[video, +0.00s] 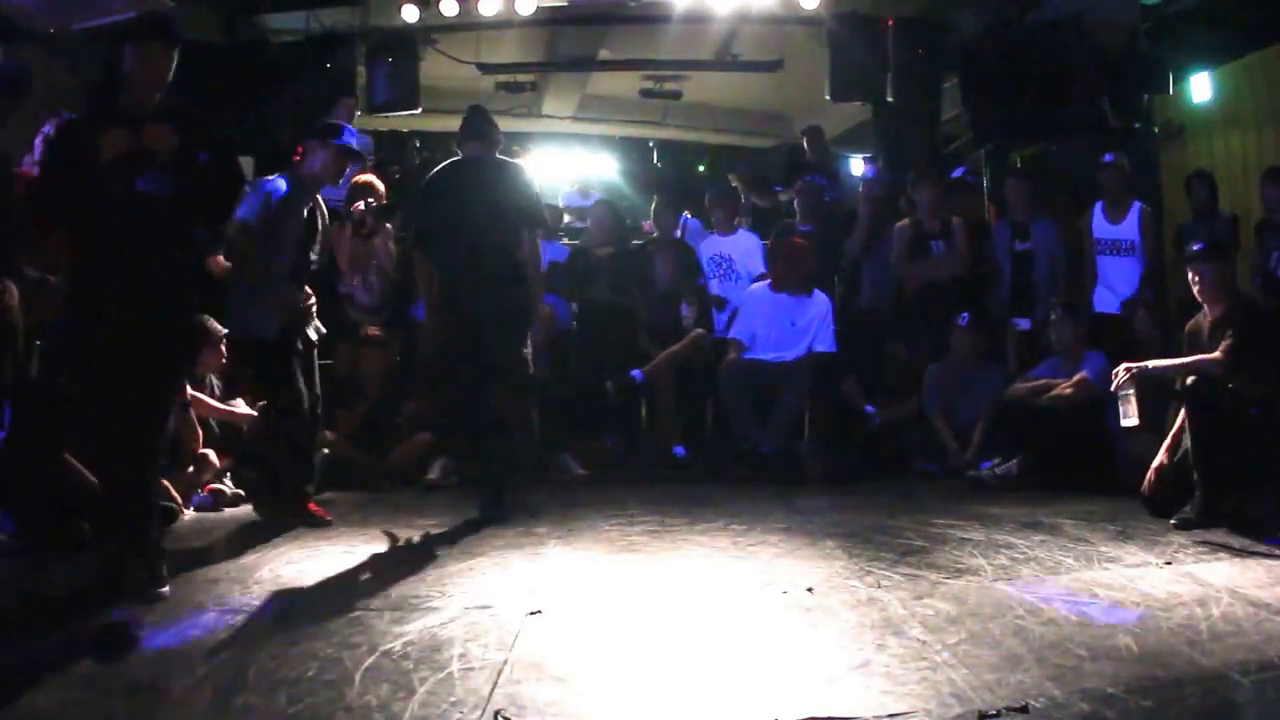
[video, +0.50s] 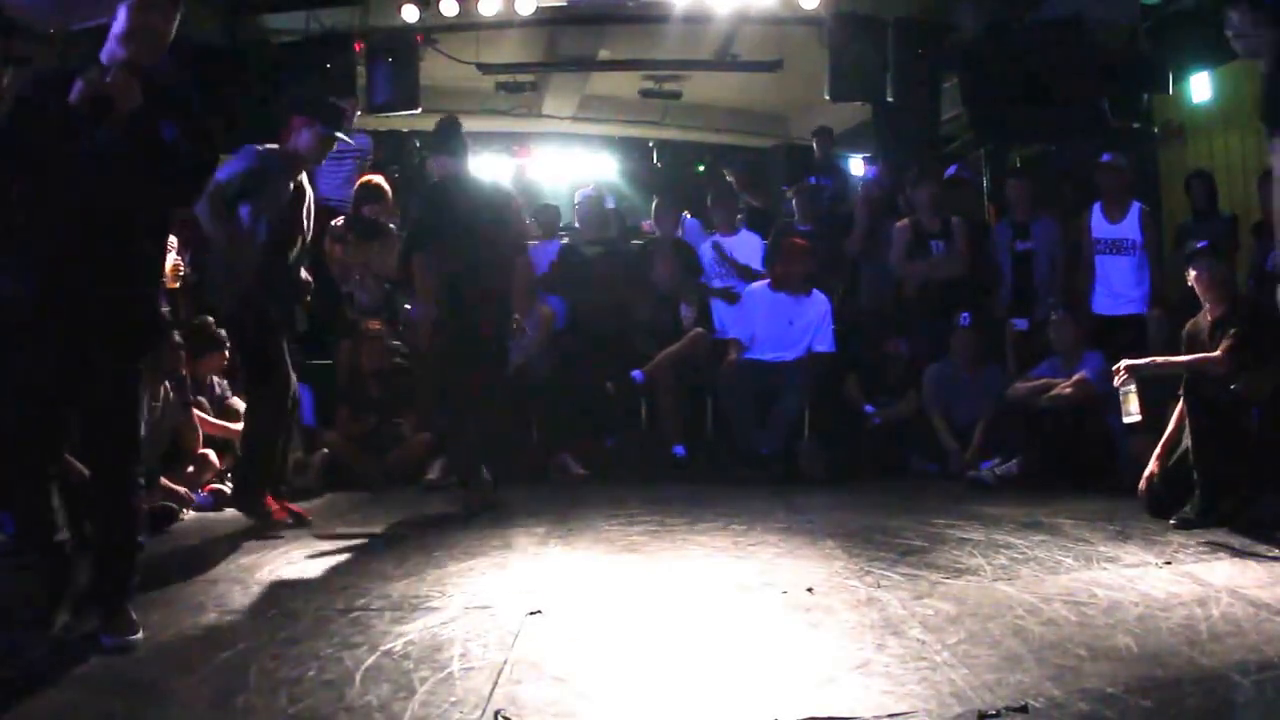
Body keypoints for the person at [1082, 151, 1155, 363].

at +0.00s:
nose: (1109, 180)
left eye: (1114, 174)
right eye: (1105, 174)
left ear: (1124, 177)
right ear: (1100, 178)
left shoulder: (1142, 214)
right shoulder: (1092, 215)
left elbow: (1149, 260)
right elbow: (1089, 259)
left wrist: (1139, 297)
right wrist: (1088, 295)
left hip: (1134, 302)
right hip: (1103, 302)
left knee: (1135, 362)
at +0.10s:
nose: (1109, 180)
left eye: (1114, 174)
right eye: (1105, 174)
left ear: (1125, 178)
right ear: (1100, 178)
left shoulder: (1142, 214)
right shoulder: (1093, 214)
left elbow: (1149, 260)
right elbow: (1089, 259)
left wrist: (1146, 302)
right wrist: (1089, 297)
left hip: (1134, 305)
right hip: (1103, 305)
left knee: (1137, 366)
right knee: (1105, 366)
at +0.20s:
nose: (1110, 180)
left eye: (1116, 174)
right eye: (1106, 174)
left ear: (1125, 178)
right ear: (1101, 178)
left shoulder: (1141, 214)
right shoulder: (1093, 214)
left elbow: (1150, 259)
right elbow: (1089, 258)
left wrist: (1151, 300)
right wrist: (1090, 296)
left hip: (1134, 305)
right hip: (1103, 306)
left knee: (1138, 366)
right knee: (1106, 366)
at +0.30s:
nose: (1109, 180)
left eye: (1114, 174)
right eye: (1105, 174)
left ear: (1125, 178)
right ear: (1100, 178)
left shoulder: (1141, 214)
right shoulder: (1093, 214)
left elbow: (1152, 257)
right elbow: (1089, 258)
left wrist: (1153, 299)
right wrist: (1090, 296)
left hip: (1135, 304)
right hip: (1104, 305)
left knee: (1138, 365)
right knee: (1107, 365)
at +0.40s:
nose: (1107, 179)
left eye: (1112, 173)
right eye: (1104, 173)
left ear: (1124, 177)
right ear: (1099, 177)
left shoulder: (1142, 214)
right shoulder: (1092, 215)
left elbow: (1152, 258)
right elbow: (1087, 258)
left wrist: (1154, 298)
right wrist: (1087, 296)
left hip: (1134, 305)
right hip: (1103, 306)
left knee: (1137, 366)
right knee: (1105, 365)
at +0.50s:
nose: (1107, 180)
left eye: (1112, 174)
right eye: (1103, 174)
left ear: (1124, 178)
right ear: (1098, 178)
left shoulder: (1141, 214)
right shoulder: (1091, 216)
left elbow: (1152, 257)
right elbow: (1087, 259)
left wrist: (1154, 298)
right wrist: (1086, 296)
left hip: (1134, 305)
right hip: (1102, 306)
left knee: (1137, 365)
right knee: (1104, 365)